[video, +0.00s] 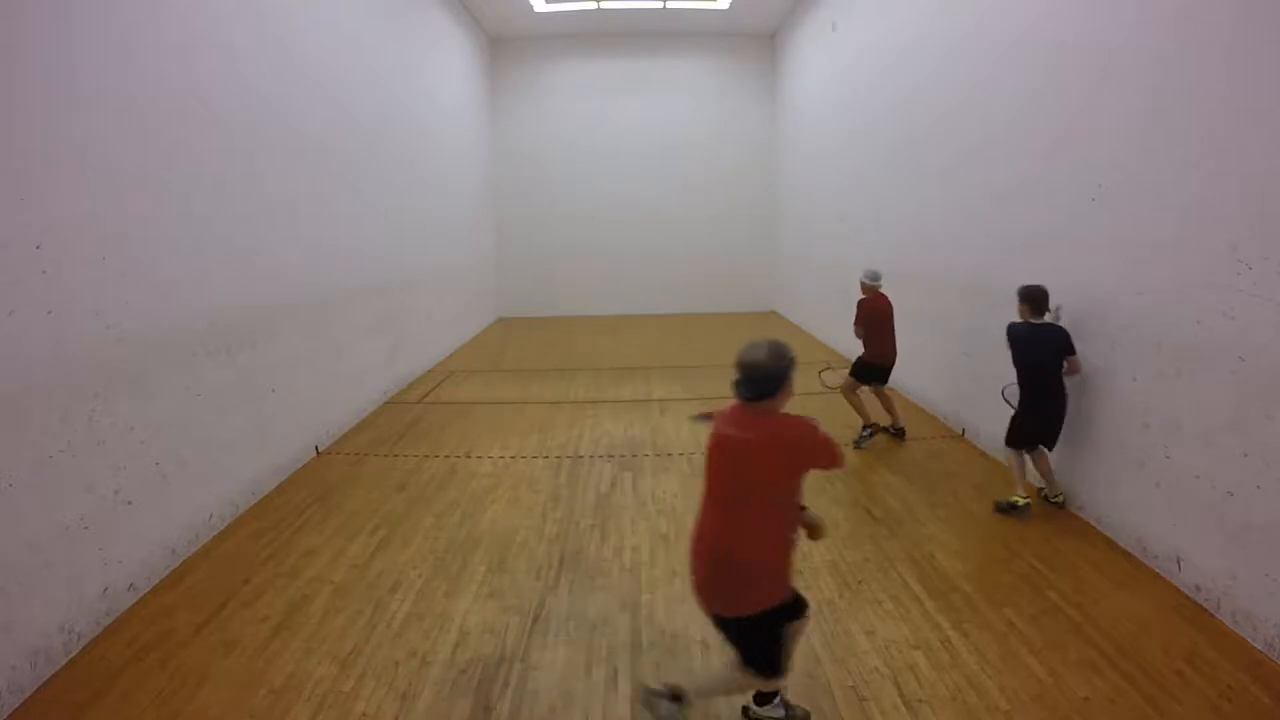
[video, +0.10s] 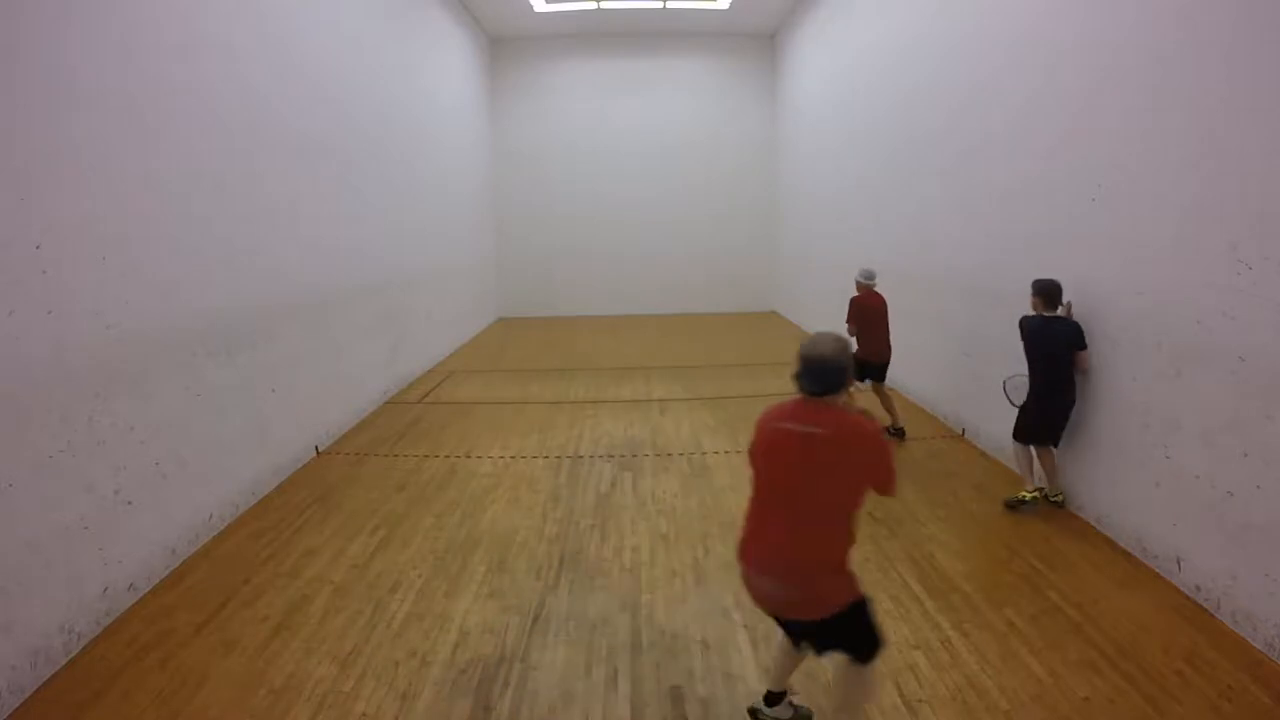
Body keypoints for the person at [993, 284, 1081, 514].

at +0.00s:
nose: (1017, 307)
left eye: (1019, 303)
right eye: (1018, 303)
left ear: (1025, 306)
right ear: (1045, 307)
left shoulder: (1014, 331)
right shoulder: (1059, 332)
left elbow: (1025, 356)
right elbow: (1074, 368)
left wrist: (1050, 323)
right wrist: (1055, 373)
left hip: (1030, 399)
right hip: (1055, 398)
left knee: (1014, 446)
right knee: (1034, 445)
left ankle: (1021, 495)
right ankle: (1054, 492)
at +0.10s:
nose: (1031, 300)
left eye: (1033, 297)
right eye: (1033, 296)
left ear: (1037, 300)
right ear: (1058, 300)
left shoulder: (1027, 324)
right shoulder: (1072, 327)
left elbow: (1044, 336)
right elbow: (1082, 364)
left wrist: (1062, 319)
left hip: (1038, 393)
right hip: (1065, 394)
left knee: (1020, 439)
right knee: (1042, 441)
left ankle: (1030, 488)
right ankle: (1054, 491)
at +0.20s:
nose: (1034, 296)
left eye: (1035, 292)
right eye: (1035, 292)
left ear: (1040, 295)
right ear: (1061, 296)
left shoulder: (1030, 320)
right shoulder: (1075, 325)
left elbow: (1046, 334)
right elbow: (1082, 362)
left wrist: (1060, 312)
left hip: (1040, 391)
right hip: (1067, 393)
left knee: (1020, 436)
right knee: (1047, 441)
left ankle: (1029, 486)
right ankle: (1054, 490)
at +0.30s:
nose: (1028, 294)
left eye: (1030, 291)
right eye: (1029, 290)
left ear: (1034, 294)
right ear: (1055, 295)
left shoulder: (1024, 317)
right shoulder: (1069, 323)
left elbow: (1042, 334)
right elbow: (1078, 362)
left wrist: (1059, 315)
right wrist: (1058, 356)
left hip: (1035, 392)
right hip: (1060, 393)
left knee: (1008, 434)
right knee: (1038, 435)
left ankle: (1024, 483)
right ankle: (1053, 489)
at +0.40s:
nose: (1015, 295)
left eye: (1017, 291)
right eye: (1017, 290)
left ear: (1022, 296)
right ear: (1043, 296)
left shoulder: (1012, 320)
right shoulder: (1056, 324)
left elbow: (1034, 335)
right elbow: (1073, 360)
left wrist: (1057, 320)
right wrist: (1058, 375)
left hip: (1026, 396)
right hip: (1051, 395)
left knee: (991, 434)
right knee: (1033, 437)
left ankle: (1008, 484)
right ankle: (1053, 490)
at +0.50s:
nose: (999, 294)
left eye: (1001, 290)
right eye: (1001, 290)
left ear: (1007, 295)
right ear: (1027, 295)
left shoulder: (997, 322)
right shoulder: (1040, 321)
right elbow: (1060, 355)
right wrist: (1045, 369)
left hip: (1012, 391)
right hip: (1037, 390)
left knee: (985, 432)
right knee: (1028, 441)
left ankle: (985, 483)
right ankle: (1050, 489)